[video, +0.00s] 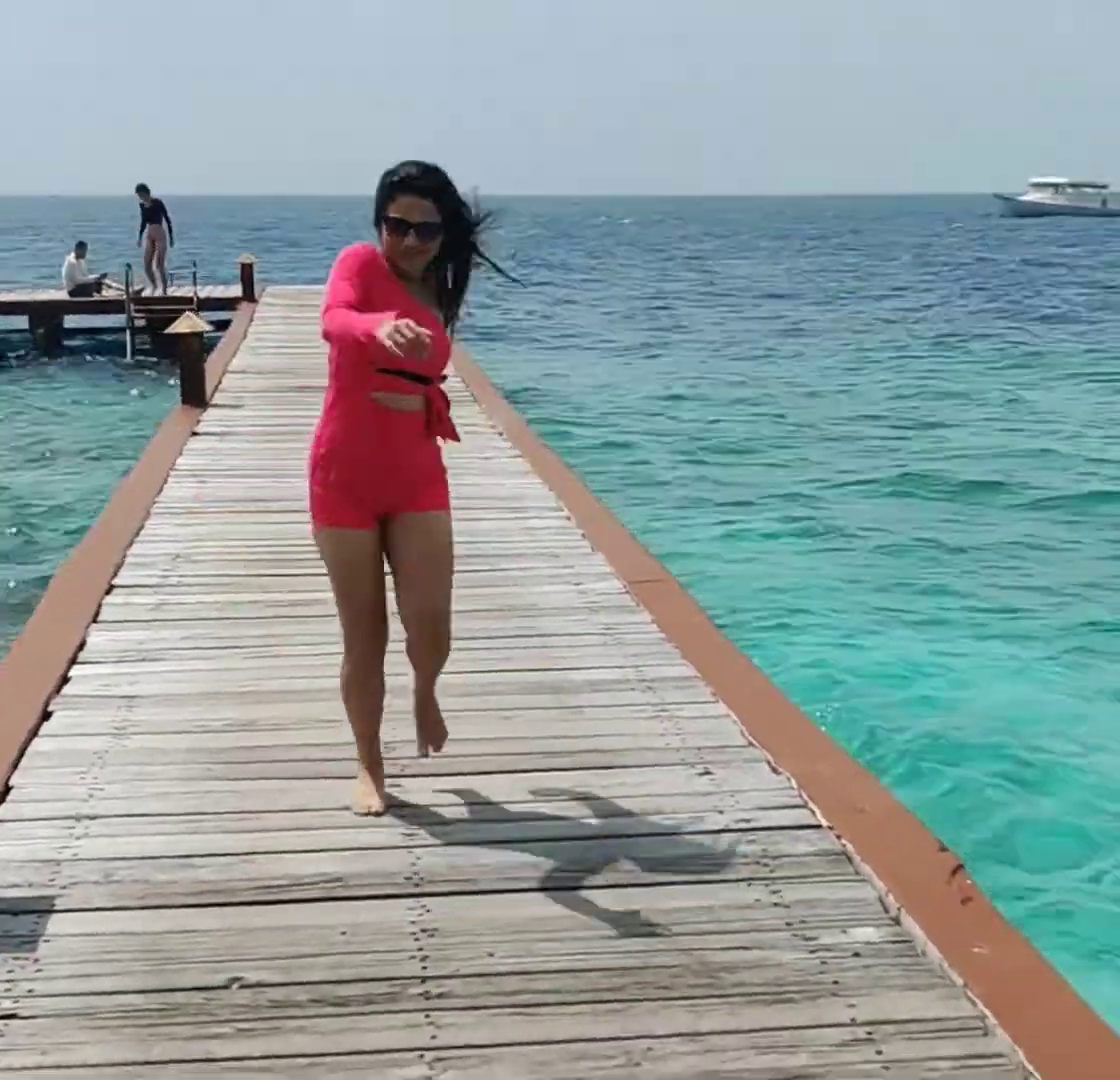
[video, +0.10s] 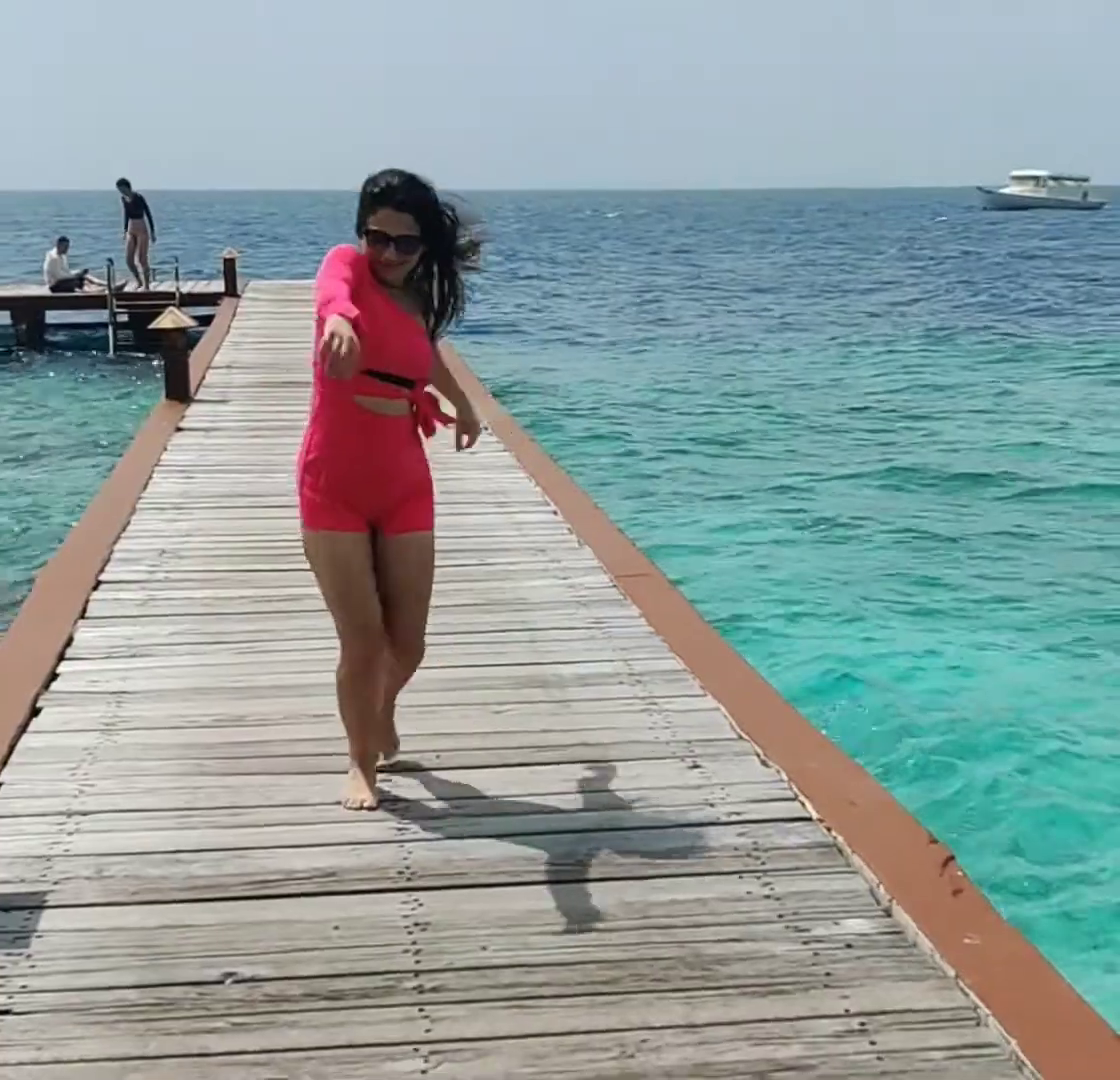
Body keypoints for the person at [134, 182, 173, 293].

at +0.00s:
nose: (141, 198)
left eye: (142, 195)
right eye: (139, 196)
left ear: (147, 193)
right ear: (138, 196)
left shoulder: (158, 203)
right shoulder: (142, 205)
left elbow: (167, 219)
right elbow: (143, 221)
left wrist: (171, 236)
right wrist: (140, 236)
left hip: (159, 231)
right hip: (149, 231)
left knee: (159, 264)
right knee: (147, 264)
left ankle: (164, 289)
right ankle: (154, 286)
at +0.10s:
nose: (122, 192)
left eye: (123, 189)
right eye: (120, 190)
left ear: (128, 187)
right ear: (119, 190)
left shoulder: (139, 198)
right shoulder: (124, 199)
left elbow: (148, 214)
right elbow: (126, 214)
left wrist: (152, 232)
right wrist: (125, 230)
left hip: (141, 227)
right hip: (131, 227)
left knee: (142, 258)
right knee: (129, 259)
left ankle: (147, 285)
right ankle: (139, 283)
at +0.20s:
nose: (110, 187)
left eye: (111, 184)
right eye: (108, 185)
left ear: (116, 182)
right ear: (107, 185)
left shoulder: (126, 193)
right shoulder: (113, 194)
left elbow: (136, 209)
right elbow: (117, 208)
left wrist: (140, 226)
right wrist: (117, 219)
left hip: (130, 220)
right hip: (121, 221)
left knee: (132, 253)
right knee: (119, 254)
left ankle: (137, 280)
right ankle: (128, 279)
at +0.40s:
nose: (102, 181)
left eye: (103, 178)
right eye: (100, 179)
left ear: (108, 176)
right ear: (99, 179)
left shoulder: (119, 187)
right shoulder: (107, 189)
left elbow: (127, 203)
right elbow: (113, 205)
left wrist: (130, 219)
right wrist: (113, 220)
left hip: (123, 215)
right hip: (115, 215)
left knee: (124, 247)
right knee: (117, 247)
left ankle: (133, 275)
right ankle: (122, 275)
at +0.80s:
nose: (105, 176)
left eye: (106, 173)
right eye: (104, 174)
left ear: (111, 171)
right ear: (103, 174)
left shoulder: (122, 183)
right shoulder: (113, 185)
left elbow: (130, 199)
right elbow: (117, 201)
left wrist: (128, 214)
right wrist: (111, 217)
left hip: (130, 215)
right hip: (124, 214)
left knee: (124, 244)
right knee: (126, 244)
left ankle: (130, 271)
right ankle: (130, 271)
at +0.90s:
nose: (124, 174)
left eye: (125, 171)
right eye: (122, 172)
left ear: (130, 169)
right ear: (122, 172)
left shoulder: (140, 180)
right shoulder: (131, 183)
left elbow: (147, 197)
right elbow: (135, 199)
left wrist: (147, 213)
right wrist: (129, 215)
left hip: (147, 213)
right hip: (141, 212)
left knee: (143, 243)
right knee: (144, 243)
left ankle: (149, 269)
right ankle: (148, 268)